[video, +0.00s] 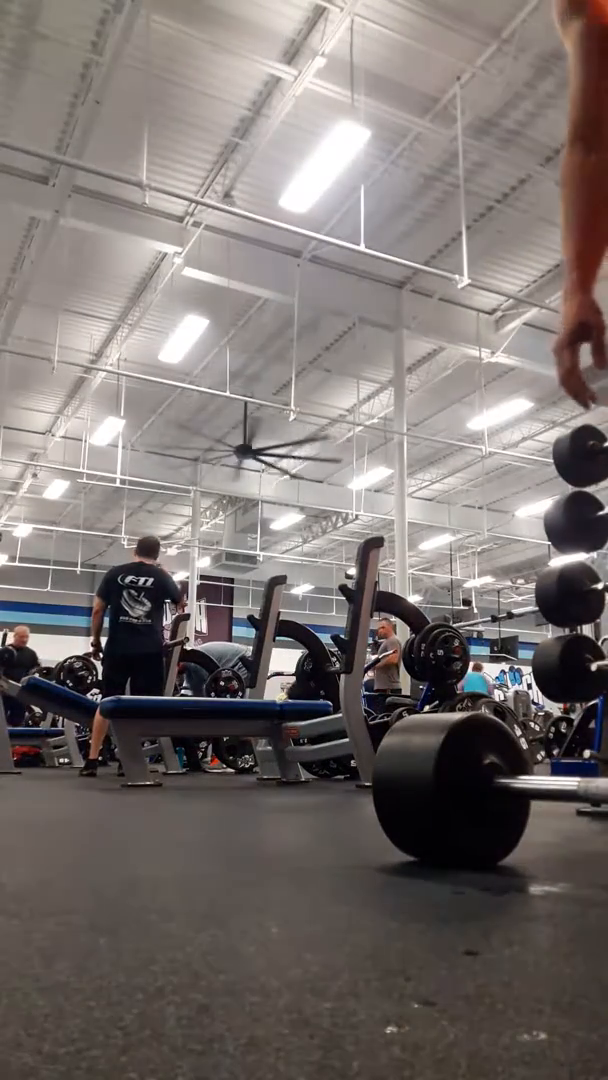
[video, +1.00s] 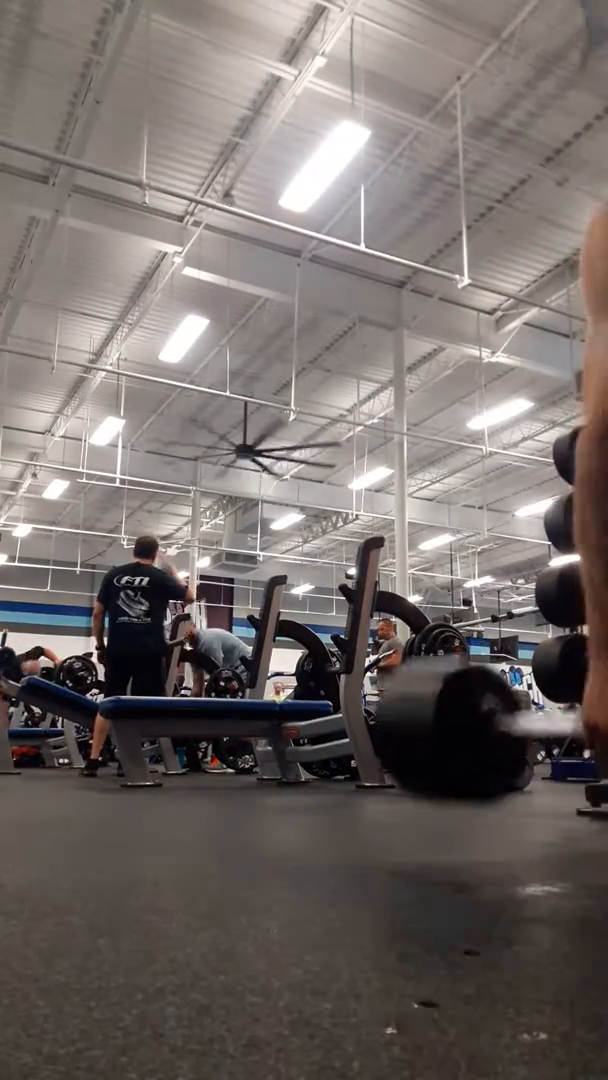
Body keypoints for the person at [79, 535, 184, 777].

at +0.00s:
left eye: (138, 550)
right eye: (155, 556)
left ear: (135, 552)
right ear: (157, 556)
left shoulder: (116, 572)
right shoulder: (161, 577)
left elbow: (98, 610)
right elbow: (180, 602)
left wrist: (95, 640)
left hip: (117, 650)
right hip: (149, 652)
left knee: (107, 703)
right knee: (144, 706)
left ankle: (92, 759)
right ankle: (132, 763)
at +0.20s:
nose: (158, 560)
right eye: (159, 556)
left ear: (137, 551)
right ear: (158, 556)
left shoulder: (116, 572)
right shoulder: (162, 577)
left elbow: (98, 609)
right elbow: (185, 587)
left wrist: (92, 641)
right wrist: (166, 564)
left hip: (118, 649)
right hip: (150, 651)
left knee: (107, 703)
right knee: (146, 706)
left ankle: (92, 760)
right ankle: (133, 764)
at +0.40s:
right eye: (159, 554)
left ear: (137, 551)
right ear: (158, 556)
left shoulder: (116, 573)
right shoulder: (163, 577)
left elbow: (98, 608)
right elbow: (190, 581)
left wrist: (92, 642)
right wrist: (169, 561)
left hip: (118, 650)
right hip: (150, 652)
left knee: (108, 703)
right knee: (148, 706)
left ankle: (92, 759)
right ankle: (135, 763)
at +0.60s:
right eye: (158, 554)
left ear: (136, 552)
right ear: (158, 556)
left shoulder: (116, 573)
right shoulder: (163, 576)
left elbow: (98, 609)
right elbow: (193, 581)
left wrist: (94, 642)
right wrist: (171, 559)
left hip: (118, 651)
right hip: (151, 652)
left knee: (108, 703)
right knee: (148, 706)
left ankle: (93, 759)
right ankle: (136, 764)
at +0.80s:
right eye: (158, 554)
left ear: (135, 553)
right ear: (158, 556)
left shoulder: (115, 573)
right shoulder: (162, 576)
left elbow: (97, 610)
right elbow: (194, 584)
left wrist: (97, 643)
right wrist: (174, 561)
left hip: (118, 650)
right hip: (150, 651)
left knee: (108, 703)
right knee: (149, 706)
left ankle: (93, 758)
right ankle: (137, 764)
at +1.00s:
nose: (158, 557)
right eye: (158, 554)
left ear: (133, 553)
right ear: (155, 555)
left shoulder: (114, 574)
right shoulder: (161, 578)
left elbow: (98, 612)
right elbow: (189, 596)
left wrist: (99, 645)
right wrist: (180, 577)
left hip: (118, 648)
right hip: (149, 650)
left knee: (109, 702)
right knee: (150, 704)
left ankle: (93, 758)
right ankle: (138, 763)